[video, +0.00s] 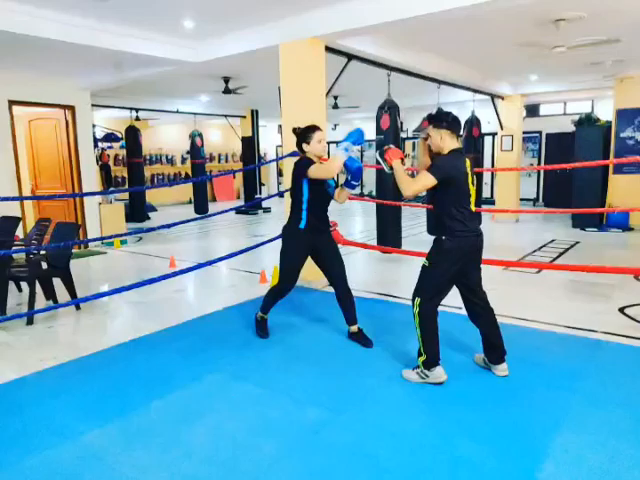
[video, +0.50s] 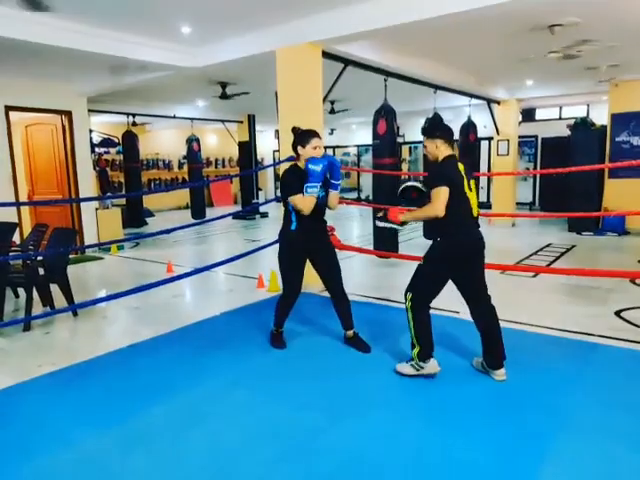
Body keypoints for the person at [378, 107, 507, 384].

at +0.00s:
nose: (428, 141)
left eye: (430, 135)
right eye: (428, 136)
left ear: (444, 135)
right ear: (452, 136)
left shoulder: (447, 164)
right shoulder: (463, 160)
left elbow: (409, 189)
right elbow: (430, 181)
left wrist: (395, 164)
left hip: (451, 244)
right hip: (471, 242)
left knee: (423, 301)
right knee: (476, 300)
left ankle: (430, 367)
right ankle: (497, 360)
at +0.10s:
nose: (428, 141)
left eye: (430, 135)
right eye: (428, 136)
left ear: (444, 135)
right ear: (452, 136)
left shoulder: (447, 164)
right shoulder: (463, 160)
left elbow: (409, 189)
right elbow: (430, 181)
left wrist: (395, 164)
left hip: (451, 244)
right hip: (471, 242)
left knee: (423, 301)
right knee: (476, 300)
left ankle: (430, 367)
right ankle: (497, 360)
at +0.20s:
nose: (428, 141)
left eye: (430, 135)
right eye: (428, 136)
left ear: (445, 135)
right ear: (451, 135)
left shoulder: (449, 164)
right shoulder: (461, 160)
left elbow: (426, 201)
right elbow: (429, 176)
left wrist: (406, 180)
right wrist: (415, 151)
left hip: (452, 244)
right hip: (472, 241)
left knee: (426, 303)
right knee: (477, 300)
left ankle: (430, 368)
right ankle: (496, 361)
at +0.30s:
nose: (430, 143)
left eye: (433, 137)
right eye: (430, 138)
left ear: (447, 136)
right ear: (452, 137)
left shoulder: (450, 166)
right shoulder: (464, 161)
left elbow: (433, 205)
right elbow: (433, 174)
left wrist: (409, 188)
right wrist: (410, 162)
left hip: (452, 244)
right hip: (472, 241)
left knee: (426, 304)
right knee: (477, 301)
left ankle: (429, 369)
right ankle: (496, 361)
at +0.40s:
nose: (430, 147)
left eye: (431, 142)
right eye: (429, 142)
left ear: (445, 140)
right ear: (451, 140)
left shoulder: (446, 169)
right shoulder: (466, 164)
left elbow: (445, 210)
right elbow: (460, 201)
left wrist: (415, 213)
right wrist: (429, 182)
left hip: (452, 245)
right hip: (474, 243)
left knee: (419, 298)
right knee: (481, 301)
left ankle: (428, 364)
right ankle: (496, 363)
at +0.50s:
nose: (425, 149)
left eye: (426, 144)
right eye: (424, 144)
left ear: (437, 143)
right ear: (447, 142)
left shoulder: (441, 170)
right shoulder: (460, 167)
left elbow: (437, 209)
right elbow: (455, 207)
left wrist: (404, 216)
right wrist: (418, 210)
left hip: (449, 246)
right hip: (471, 243)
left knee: (415, 296)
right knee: (480, 303)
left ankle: (423, 360)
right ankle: (495, 364)